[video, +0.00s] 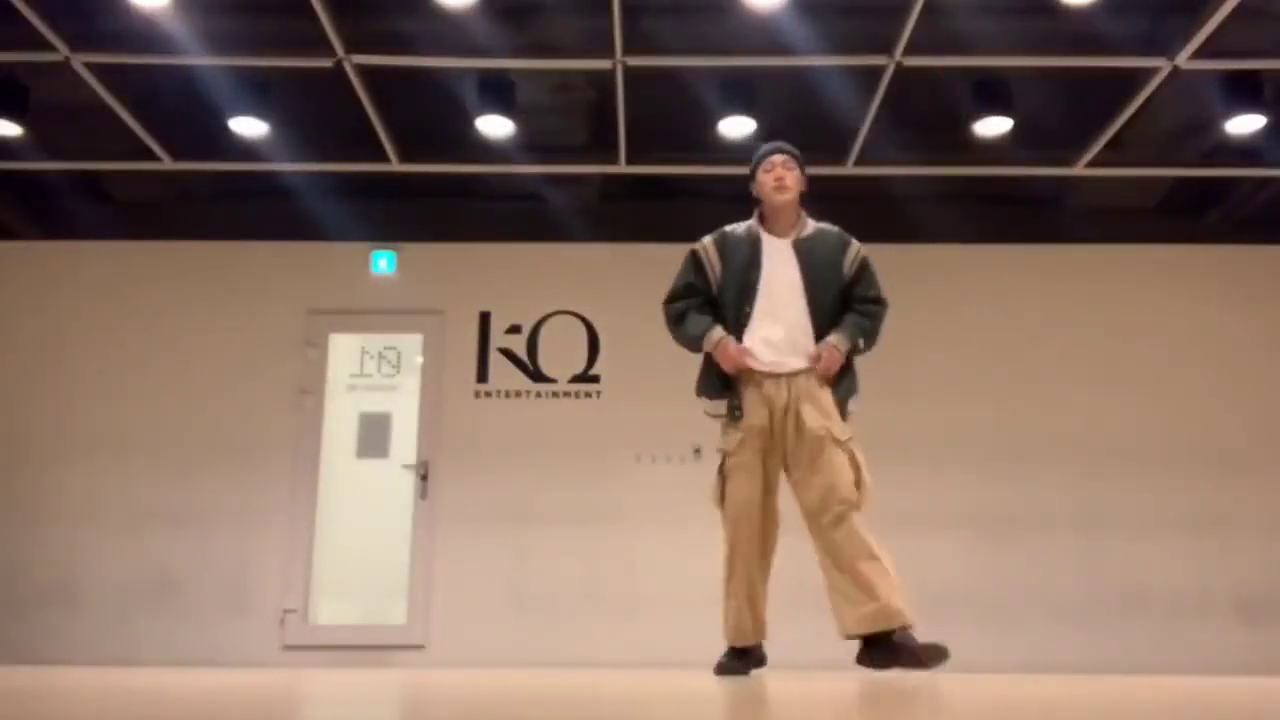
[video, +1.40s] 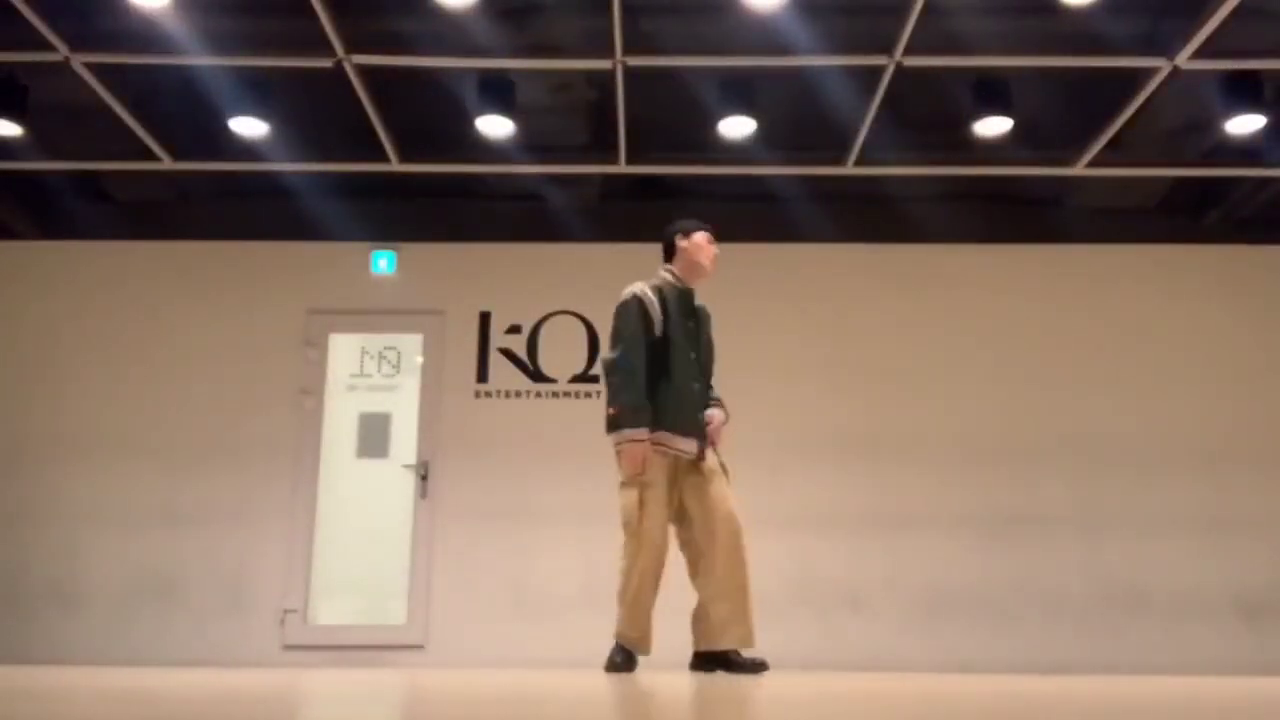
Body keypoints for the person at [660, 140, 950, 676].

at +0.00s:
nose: (778, 174)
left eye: (787, 167)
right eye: (768, 169)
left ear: (804, 184)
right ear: (754, 188)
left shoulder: (837, 245)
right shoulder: (722, 246)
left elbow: (870, 306)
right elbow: (681, 305)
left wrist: (840, 342)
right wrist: (716, 341)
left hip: (812, 390)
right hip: (747, 392)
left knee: (836, 511)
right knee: (745, 519)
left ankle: (882, 633)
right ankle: (744, 643)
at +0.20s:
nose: (743, 193)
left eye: (751, 187)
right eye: (733, 189)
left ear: (767, 202)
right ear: (719, 209)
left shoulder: (805, 259)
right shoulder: (694, 269)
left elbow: (845, 311)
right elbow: (659, 331)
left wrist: (815, 338)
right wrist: (706, 325)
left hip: (792, 410)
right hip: (727, 415)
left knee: (814, 528)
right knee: (735, 538)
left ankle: (816, 644)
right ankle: (743, 651)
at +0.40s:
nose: (735, 197)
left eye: (742, 191)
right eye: (724, 193)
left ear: (756, 206)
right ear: (710, 215)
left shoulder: (793, 261)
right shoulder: (687, 271)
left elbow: (833, 318)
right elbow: (659, 336)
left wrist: (805, 310)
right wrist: (693, 308)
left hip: (778, 410)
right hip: (716, 412)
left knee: (770, 523)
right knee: (721, 522)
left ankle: (757, 639)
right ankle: (739, 642)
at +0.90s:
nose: (764, 230)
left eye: (765, 223)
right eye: (754, 223)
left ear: (762, 238)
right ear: (728, 232)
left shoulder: (768, 295)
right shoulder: (686, 269)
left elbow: (788, 368)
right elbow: (648, 306)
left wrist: (797, 333)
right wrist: (705, 286)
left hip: (743, 422)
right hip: (693, 414)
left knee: (737, 525)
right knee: (693, 512)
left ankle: (723, 642)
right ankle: (688, 627)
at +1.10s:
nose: (751, 244)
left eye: (752, 238)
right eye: (742, 236)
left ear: (741, 248)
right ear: (715, 241)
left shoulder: (735, 307)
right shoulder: (684, 277)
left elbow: (730, 373)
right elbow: (655, 330)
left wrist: (764, 377)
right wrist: (723, 338)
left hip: (728, 432)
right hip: (684, 424)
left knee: (736, 537)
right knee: (682, 525)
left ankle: (718, 648)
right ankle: (646, 634)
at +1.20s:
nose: (740, 247)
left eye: (740, 239)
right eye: (733, 237)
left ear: (719, 243)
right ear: (706, 239)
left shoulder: (720, 299)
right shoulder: (672, 281)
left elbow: (723, 364)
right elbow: (661, 349)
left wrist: (739, 393)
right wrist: (702, 386)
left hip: (718, 430)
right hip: (674, 426)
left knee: (725, 536)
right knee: (672, 530)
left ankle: (714, 647)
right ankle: (636, 632)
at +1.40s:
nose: (715, 253)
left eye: (714, 246)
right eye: (708, 244)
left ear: (690, 250)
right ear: (680, 246)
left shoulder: (700, 312)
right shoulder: (640, 299)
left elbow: (701, 379)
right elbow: (625, 370)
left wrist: (716, 408)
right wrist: (631, 435)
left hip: (695, 449)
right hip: (650, 446)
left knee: (722, 536)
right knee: (645, 546)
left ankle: (715, 647)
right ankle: (627, 644)